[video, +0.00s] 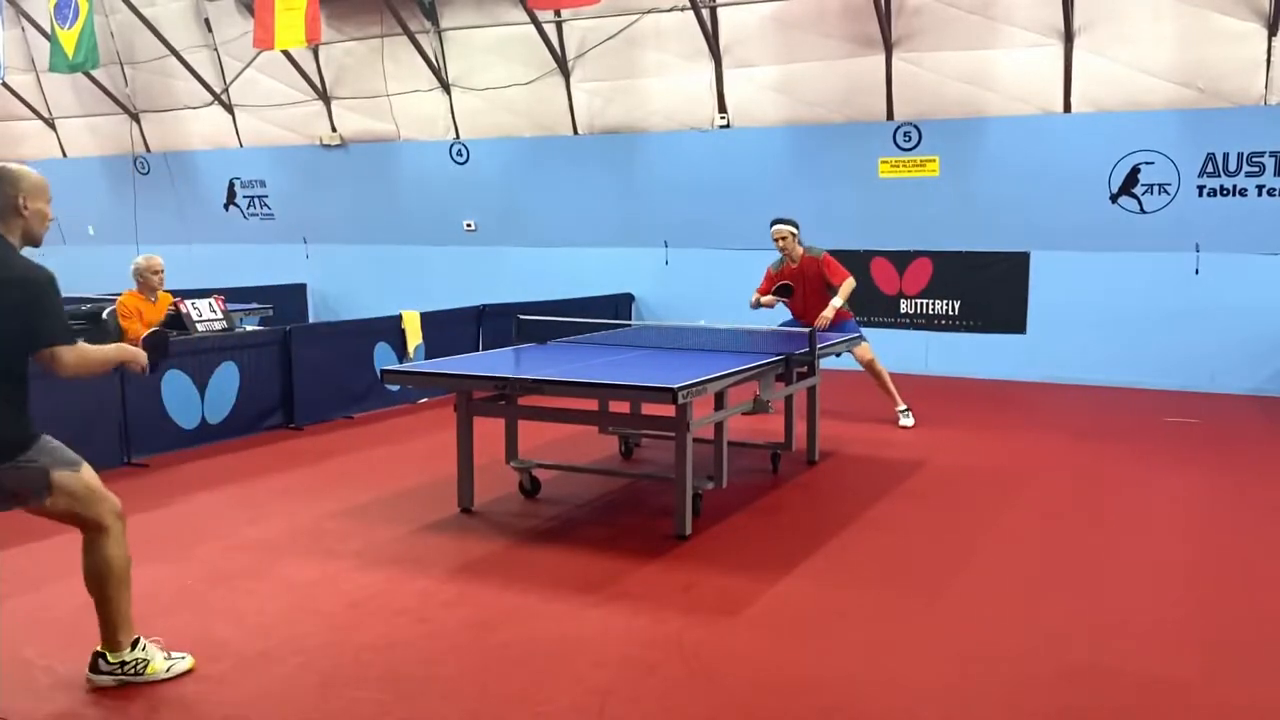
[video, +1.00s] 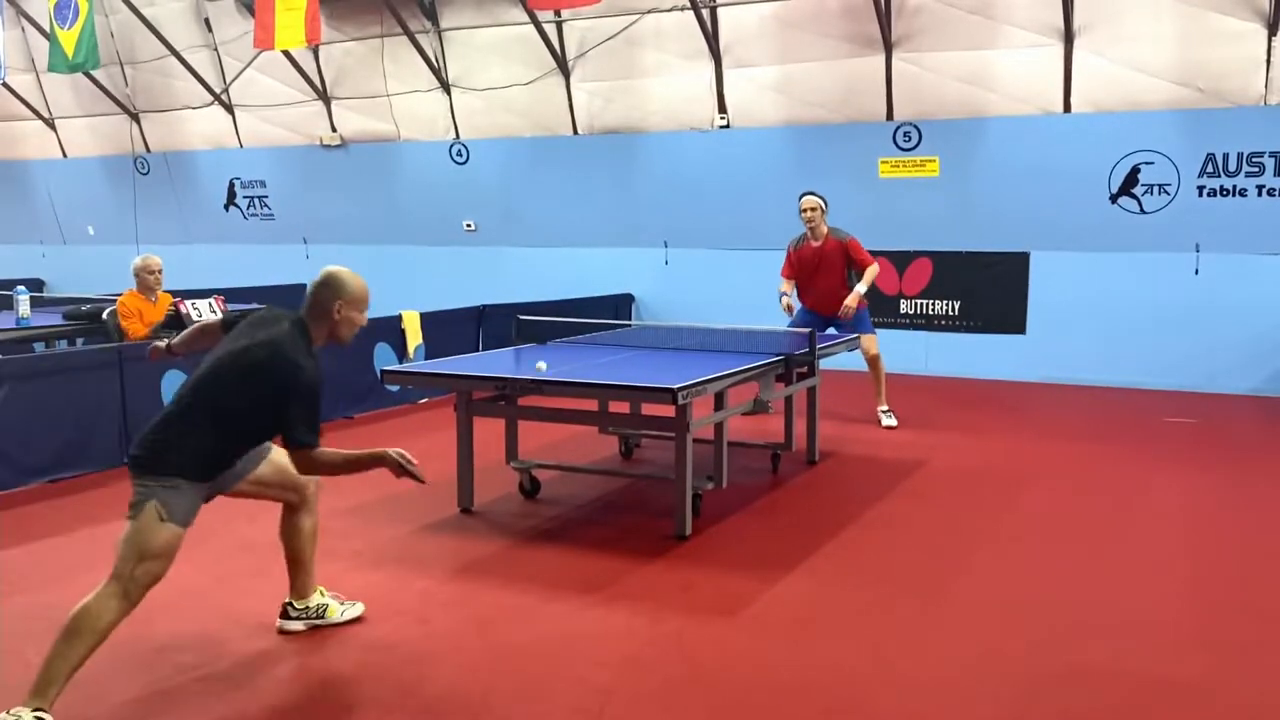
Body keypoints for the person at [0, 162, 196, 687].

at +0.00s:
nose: (51, 214)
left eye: (49, 205)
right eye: (45, 205)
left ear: (12, 208)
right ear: (19, 208)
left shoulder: (15, 271)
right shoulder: (26, 277)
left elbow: (53, 355)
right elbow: (61, 358)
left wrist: (111, 351)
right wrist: (121, 351)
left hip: (10, 442)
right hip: (7, 443)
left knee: (101, 511)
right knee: (105, 514)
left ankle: (118, 647)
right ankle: (119, 650)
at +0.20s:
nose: (46, 191)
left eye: (44, 180)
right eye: (39, 180)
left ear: (10, 185)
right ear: (14, 185)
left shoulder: (10, 241)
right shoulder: (12, 243)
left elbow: (22, 318)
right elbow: (26, 319)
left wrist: (98, 336)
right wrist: (107, 337)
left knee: (70, 504)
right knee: (71, 506)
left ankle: (53, 662)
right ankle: (52, 665)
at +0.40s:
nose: (67, 236)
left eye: (67, 224)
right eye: (63, 224)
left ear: (27, 225)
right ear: (36, 224)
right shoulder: (10, 289)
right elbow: (1, 385)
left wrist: (79, 428)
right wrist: (76, 426)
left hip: (0, 480)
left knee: (36, 581)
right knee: (42, 582)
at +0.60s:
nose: (141, 267)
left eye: (141, 256)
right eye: (136, 256)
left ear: (103, 257)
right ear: (112, 259)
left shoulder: (87, 314)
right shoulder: (50, 324)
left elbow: (64, 376)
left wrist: (123, 401)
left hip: (31, 471)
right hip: (5, 484)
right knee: (50, 609)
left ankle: (9, 621)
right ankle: (4, 696)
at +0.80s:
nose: (256, 277)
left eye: (256, 267)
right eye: (252, 267)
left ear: (213, 266)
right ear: (231, 272)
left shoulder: (182, 305)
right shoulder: (172, 326)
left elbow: (115, 321)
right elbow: (160, 433)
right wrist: (250, 451)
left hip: (124, 453)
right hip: (75, 469)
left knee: (211, 501)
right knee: (49, 602)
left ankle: (253, 601)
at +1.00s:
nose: (363, 323)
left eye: (363, 313)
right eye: (359, 314)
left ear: (324, 305)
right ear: (336, 312)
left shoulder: (269, 318)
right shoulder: (300, 368)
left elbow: (208, 330)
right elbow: (307, 459)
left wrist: (172, 349)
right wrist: (380, 457)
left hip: (218, 451)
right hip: (173, 465)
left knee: (301, 488)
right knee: (125, 587)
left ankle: (304, 601)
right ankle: (33, 708)